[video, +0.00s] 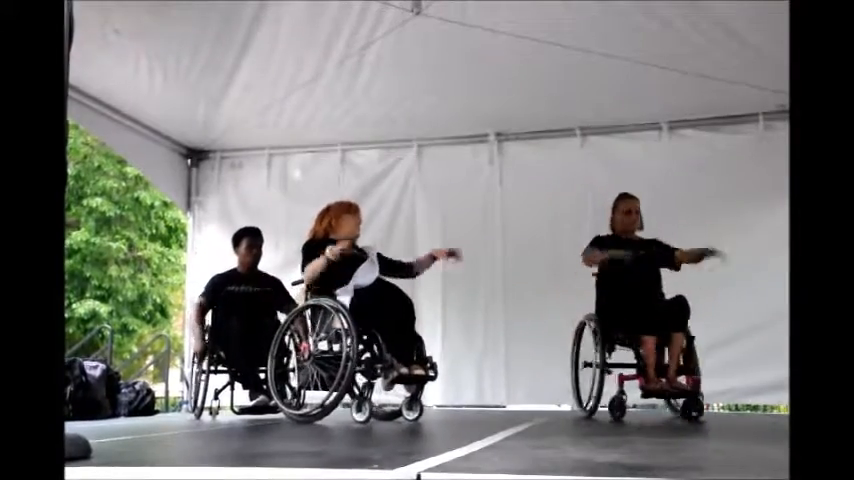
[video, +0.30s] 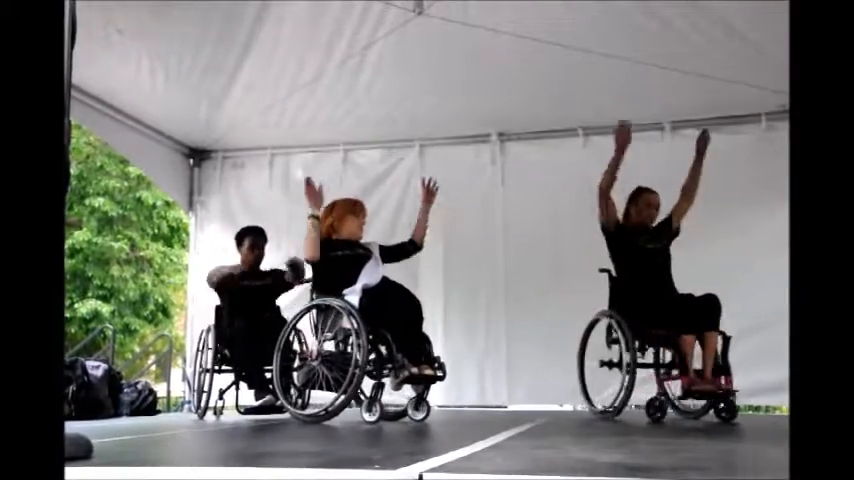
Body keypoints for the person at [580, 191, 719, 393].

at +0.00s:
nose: (633, 217)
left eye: (636, 212)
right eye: (627, 212)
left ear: (640, 217)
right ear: (613, 217)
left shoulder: (649, 246)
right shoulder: (604, 242)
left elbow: (679, 256)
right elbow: (589, 256)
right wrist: (601, 258)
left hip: (649, 310)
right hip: (616, 311)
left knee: (679, 303)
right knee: (649, 316)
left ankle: (672, 377)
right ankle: (651, 380)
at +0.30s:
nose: (653, 212)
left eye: (656, 208)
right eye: (648, 206)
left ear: (658, 212)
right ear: (632, 207)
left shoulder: (662, 234)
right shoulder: (617, 234)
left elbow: (687, 198)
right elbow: (603, 193)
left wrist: (699, 156)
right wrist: (619, 152)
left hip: (666, 305)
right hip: (634, 307)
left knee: (709, 303)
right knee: (686, 314)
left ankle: (707, 377)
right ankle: (687, 378)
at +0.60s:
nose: (677, 215)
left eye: (679, 211)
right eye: (672, 209)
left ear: (681, 213)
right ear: (654, 207)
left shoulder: (681, 233)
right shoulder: (634, 230)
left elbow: (703, 220)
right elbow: (590, 209)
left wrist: (719, 205)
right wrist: (553, 180)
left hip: (687, 310)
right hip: (657, 313)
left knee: (750, 302)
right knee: (724, 303)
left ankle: (747, 378)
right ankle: (734, 371)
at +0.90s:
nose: (696, 205)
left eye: (698, 200)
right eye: (690, 198)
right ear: (672, 199)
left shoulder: (695, 236)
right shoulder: (655, 234)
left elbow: (704, 275)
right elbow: (653, 281)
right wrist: (662, 313)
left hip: (715, 307)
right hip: (689, 313)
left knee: (770, 300)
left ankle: (776, 372)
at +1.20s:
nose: (696, 195)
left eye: (697, 191)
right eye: (688, 192)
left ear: (702, 196)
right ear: (672, 200)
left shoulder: (698, 230)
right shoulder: (677, 233)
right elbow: (689, 276)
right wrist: (717, 313)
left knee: (797, 302)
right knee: (798, 310)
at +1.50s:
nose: (696, 193)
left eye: (697, 189)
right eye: (687, 190)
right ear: (673, 203)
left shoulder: (699, 228)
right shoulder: (679, 232)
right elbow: (687, 279)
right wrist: (716, 311)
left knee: (797, 301)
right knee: (799, 309)